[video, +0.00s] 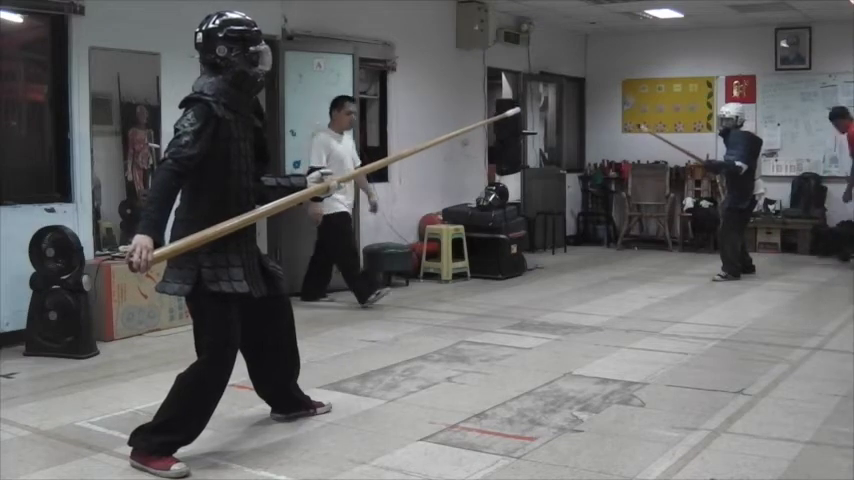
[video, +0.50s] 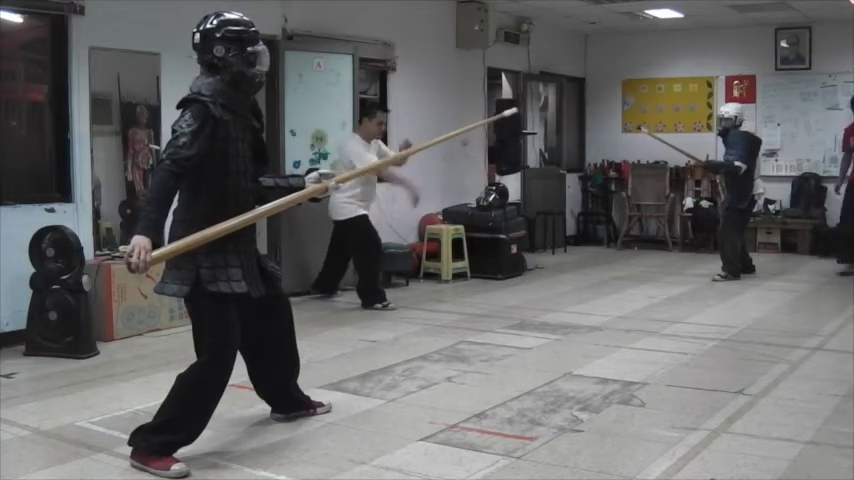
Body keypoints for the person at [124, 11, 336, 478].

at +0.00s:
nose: (257, 56)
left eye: (257, 48)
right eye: (246, 48)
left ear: (253, 52)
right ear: (218, 52)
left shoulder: (245, 106)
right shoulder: (207, 104)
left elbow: (250, 184)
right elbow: (171, 168)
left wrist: (303, 185)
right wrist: (147, 232)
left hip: (238, 242)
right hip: (205, 245)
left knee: (272, 314)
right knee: (218, 355)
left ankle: (286, 399)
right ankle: (152, 446)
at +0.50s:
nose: (255, 56)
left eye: (255, 47)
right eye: (244, 48)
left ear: (249, 52)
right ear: (216, 53)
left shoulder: (242, 108)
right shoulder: (204, 105)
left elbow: (247, 184)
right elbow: (168, 168)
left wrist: (301, 184)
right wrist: (146, 232)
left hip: (237, 243)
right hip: (204, 247)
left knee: (272, 314)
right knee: (218, 354)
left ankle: (286, 399)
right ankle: (152, 446)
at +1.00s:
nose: (254, 56)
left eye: (254, 48)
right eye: (243, 49)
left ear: (243, 53)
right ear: (215, 53)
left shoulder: (240, 106)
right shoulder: (202, 104)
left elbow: (246, 183)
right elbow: (167, 168)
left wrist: (301, 184)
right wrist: (144, 233)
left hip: (237, 244)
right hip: (204, 247)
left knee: (271, 315)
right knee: (217, 355)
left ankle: (286, 399)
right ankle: (152, 446)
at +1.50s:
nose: (253, 55)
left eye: (253, 47)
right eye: (241, 47)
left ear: (246, 53)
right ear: (214, 53)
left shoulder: (239, 108)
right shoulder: (201, 107)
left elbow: (246, 184)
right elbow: (166, 170)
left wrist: (301, 184)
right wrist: (144, 233)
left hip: (237, 245)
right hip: (204, 249)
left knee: (271, 316)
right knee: (217, 356)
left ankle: (285, 398)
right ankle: (152, 446)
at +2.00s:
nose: (253, 57)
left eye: (253, 49)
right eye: (242, 49)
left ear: (245, 54)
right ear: (213, 53)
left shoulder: (239, 108)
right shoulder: (200, 106)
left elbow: (246, 184)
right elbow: (165, 168)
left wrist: (300, 184)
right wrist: (144, 232)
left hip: (237, 245)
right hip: (203, 249)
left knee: (271, 315)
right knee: (216, 356)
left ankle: (286, 399)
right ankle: (152, 446)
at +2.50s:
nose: (311, 79)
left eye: (310, 71)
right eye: (303, 71)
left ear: (288, 75)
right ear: (282, 74)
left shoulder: (292, 120)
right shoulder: (263, 117)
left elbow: (293, 189)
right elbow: (229, 165)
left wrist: (345, 187)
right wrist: (208, 219)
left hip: (288, 241)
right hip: (259, 243)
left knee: (308, 307)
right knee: (251, 332)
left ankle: (311, 382)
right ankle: (187, 410)